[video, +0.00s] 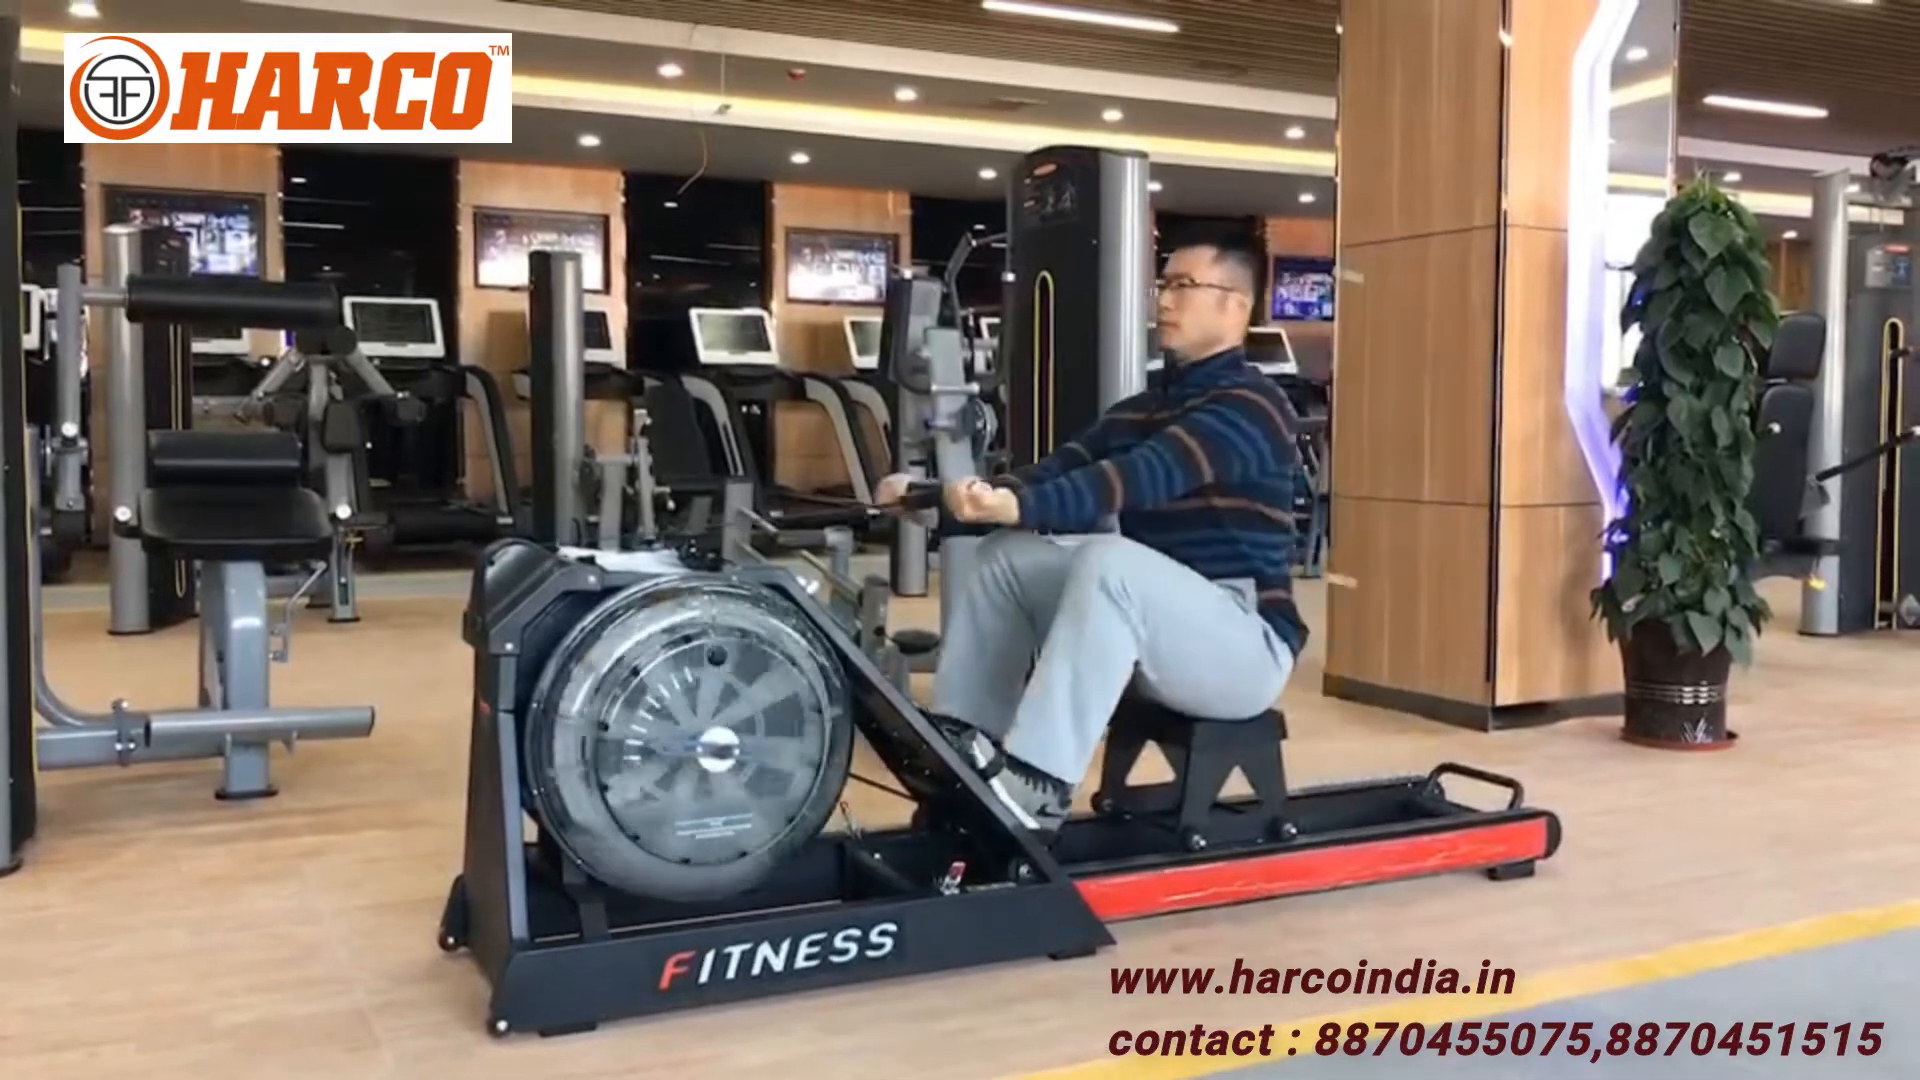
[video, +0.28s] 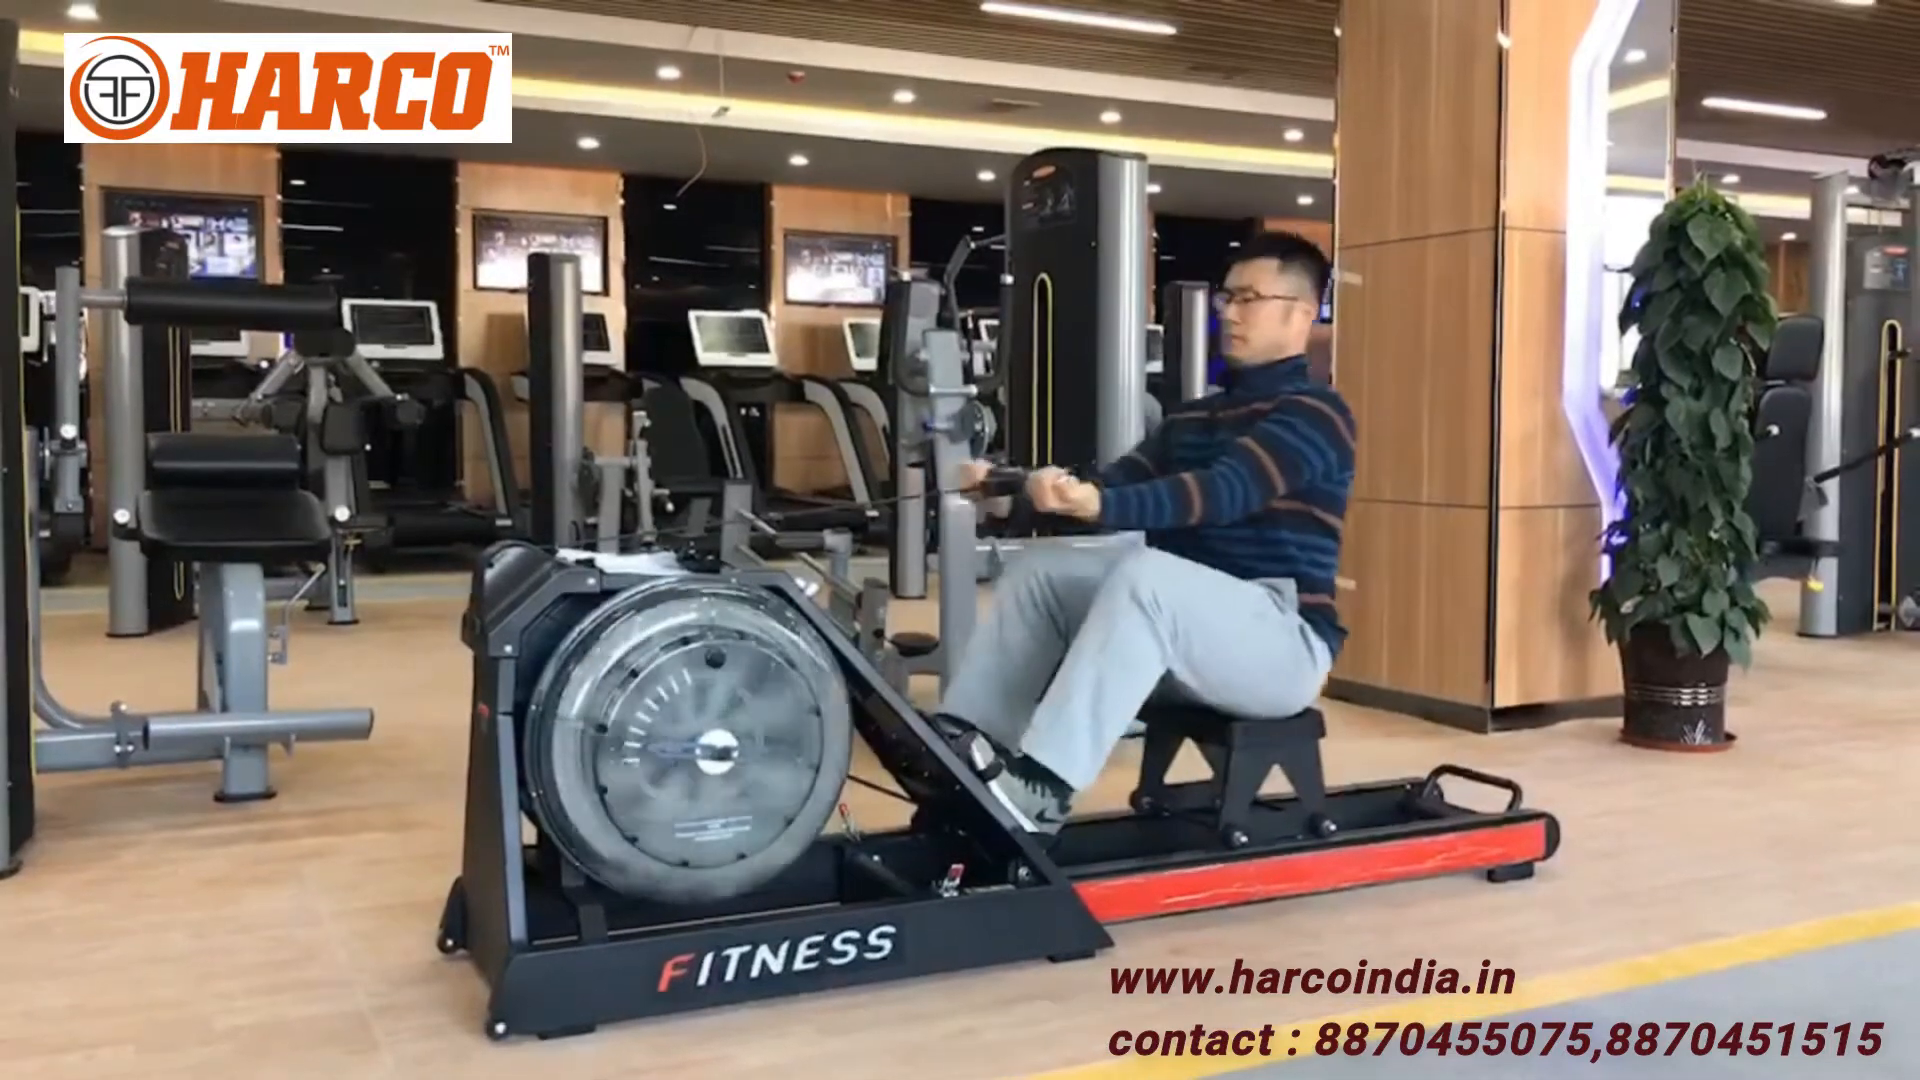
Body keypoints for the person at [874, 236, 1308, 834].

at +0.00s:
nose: (1163, 300)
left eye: (1183, 288)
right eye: (1164, 286)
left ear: (1236, 307)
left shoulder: (1251, 406)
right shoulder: (1144, 407)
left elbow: (1143, 476)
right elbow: (1058, 470)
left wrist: (1019, 506)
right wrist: (931, 494)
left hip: (1245, 645)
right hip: (1155, 622)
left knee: (1109, 565)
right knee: (992, 557)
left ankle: (1039, 783)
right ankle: (966, 749)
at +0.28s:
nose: (1229, 310)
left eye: (1249, 297)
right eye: (1227, 297)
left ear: (1301, 315)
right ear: (1220, 306)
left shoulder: (1317, 414)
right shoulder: (1199, 416)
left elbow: (1225, 490)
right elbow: (1113, 486)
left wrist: (1104, 506)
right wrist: (997, 484)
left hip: (1285, 639)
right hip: (1190, 615)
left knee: (1146, 580)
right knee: (1038, 575)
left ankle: (1043, 787)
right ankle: (967, 750)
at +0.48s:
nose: (1301, 330)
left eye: (1320, 316)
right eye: (1297, 315)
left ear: (1375, 326)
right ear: (1289, 321)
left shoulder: (1390, 419)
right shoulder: (1273, 422)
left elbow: (1318, 510)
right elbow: (1206, 516)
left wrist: (1205, 488)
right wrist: (1103, 495)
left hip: (1340, 633)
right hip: (1252, 615)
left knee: (1191, 614)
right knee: (1087, 593)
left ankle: (1056, 789)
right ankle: (974, 752)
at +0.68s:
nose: (1372, 347)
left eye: (1392, 331)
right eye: (1366, 331)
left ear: (1444, 341)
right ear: (1359, 335)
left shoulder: (1461, 435)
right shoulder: (1346, 432)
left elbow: (1417, 540)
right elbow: (1280, 538)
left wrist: (1311, 497)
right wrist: (1200, 496)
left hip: (1387, 641)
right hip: (1308, 620)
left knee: (1222, 662)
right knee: (1132, 633)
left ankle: (1070, 800)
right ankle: (990, 753)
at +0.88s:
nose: (1408, 359)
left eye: (1429, 344)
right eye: (1403, 343)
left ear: (1480, 353)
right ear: (1396, 346)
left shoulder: (1508, 446)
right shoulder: (1382, 440)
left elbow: (1503, 562)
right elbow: (1322, 551)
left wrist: (1400, 507)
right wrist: (1282, 498)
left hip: (1402, 644)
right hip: (1317, 619)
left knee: (1239, 704)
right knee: (1171, 671)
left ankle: (1079, 820)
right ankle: (1007, 756)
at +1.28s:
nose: (1336, 343)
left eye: (1355, 329)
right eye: (1332, 328)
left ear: (1407, 337)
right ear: (1326, 333)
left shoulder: (1444, 434)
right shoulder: (1319, 434)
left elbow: (1463, 554)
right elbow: (1278, 553)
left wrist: (1354, 516)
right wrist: (1225, 504)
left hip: (1371, 642)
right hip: (1289, 624)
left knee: (1210, 629)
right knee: (1116, 606)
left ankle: (1075, 795)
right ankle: (995, 754)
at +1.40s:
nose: (1274, 331)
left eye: (1293, 316)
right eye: (1272, 315)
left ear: (1351, 326)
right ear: (1266, 317)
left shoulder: (1385, 429)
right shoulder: (1260, 432)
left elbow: (1382, 547)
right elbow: (1218, 540)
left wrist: (1267, 522)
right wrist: (1139, 520)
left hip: (1336, 643)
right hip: (1239, 623)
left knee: (1190, 607)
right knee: (1085, 587)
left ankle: (1062, 788)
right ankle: (981, 751)